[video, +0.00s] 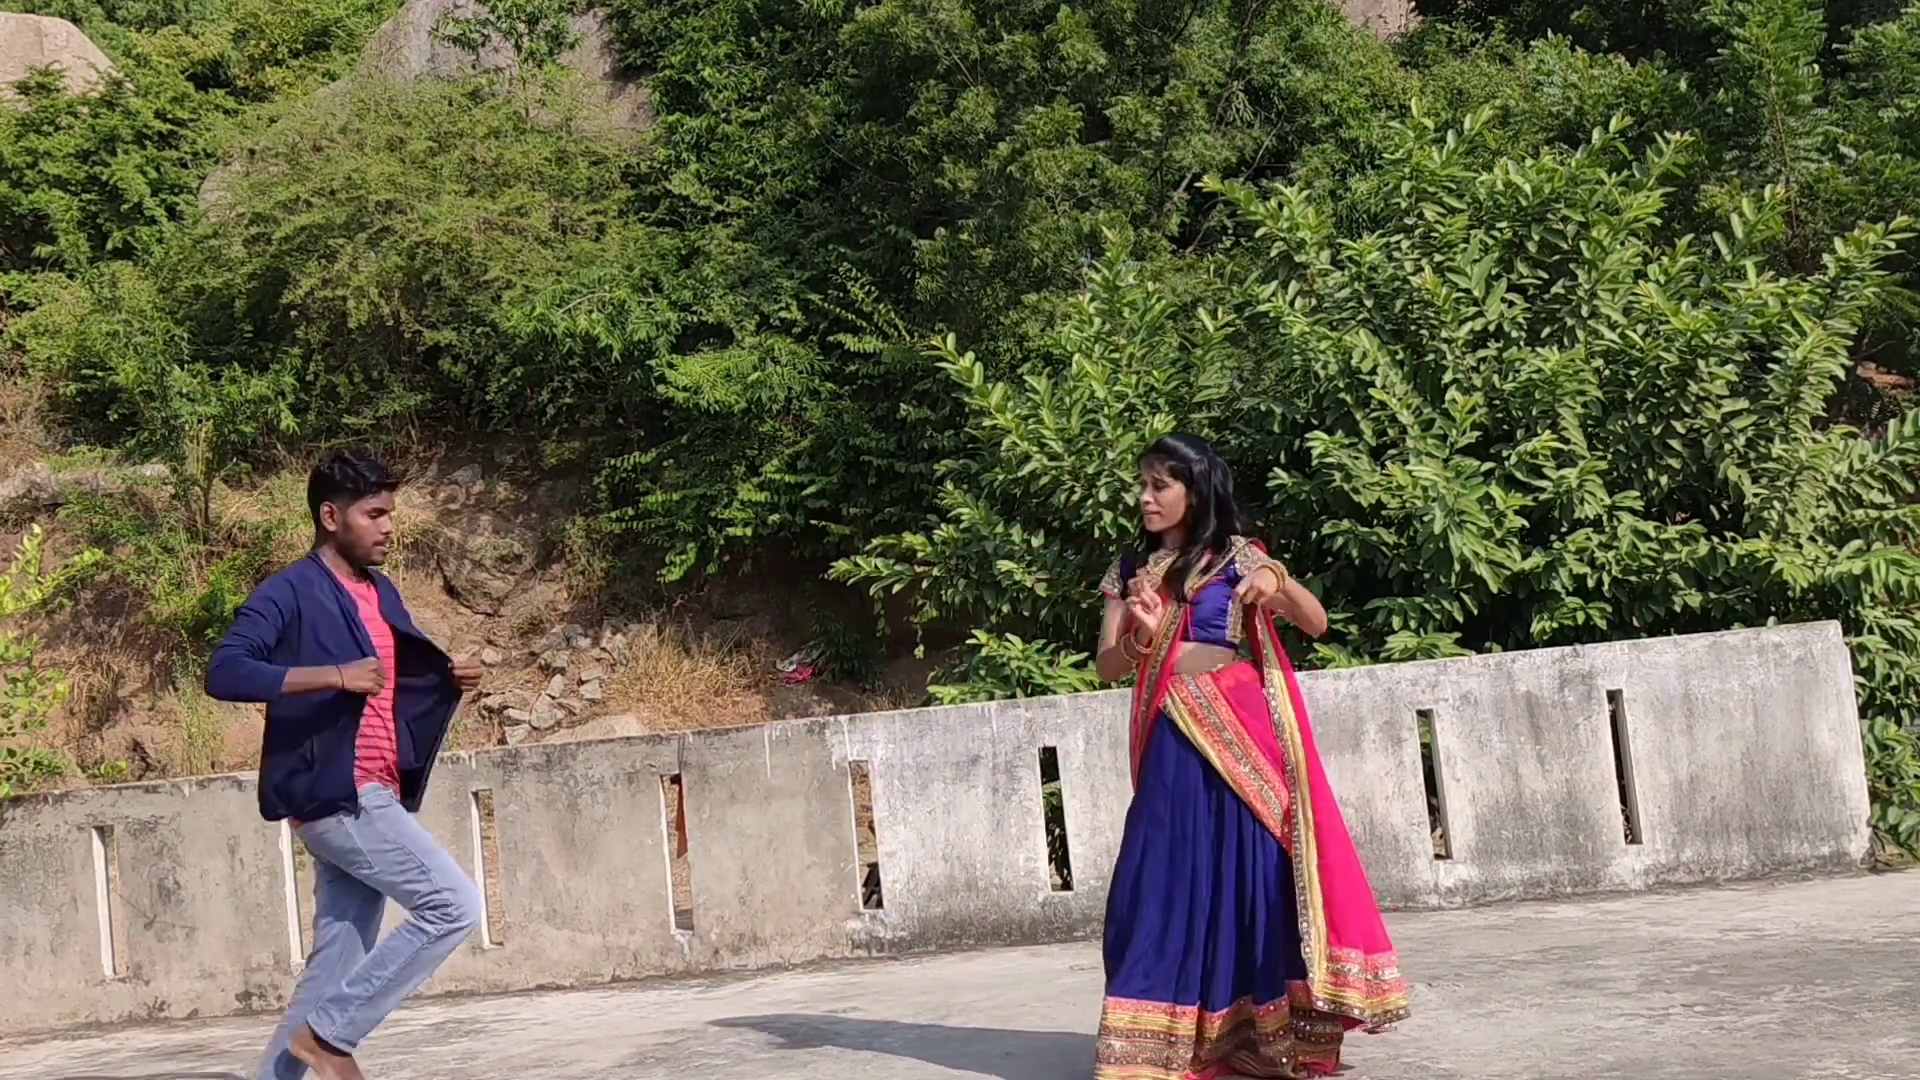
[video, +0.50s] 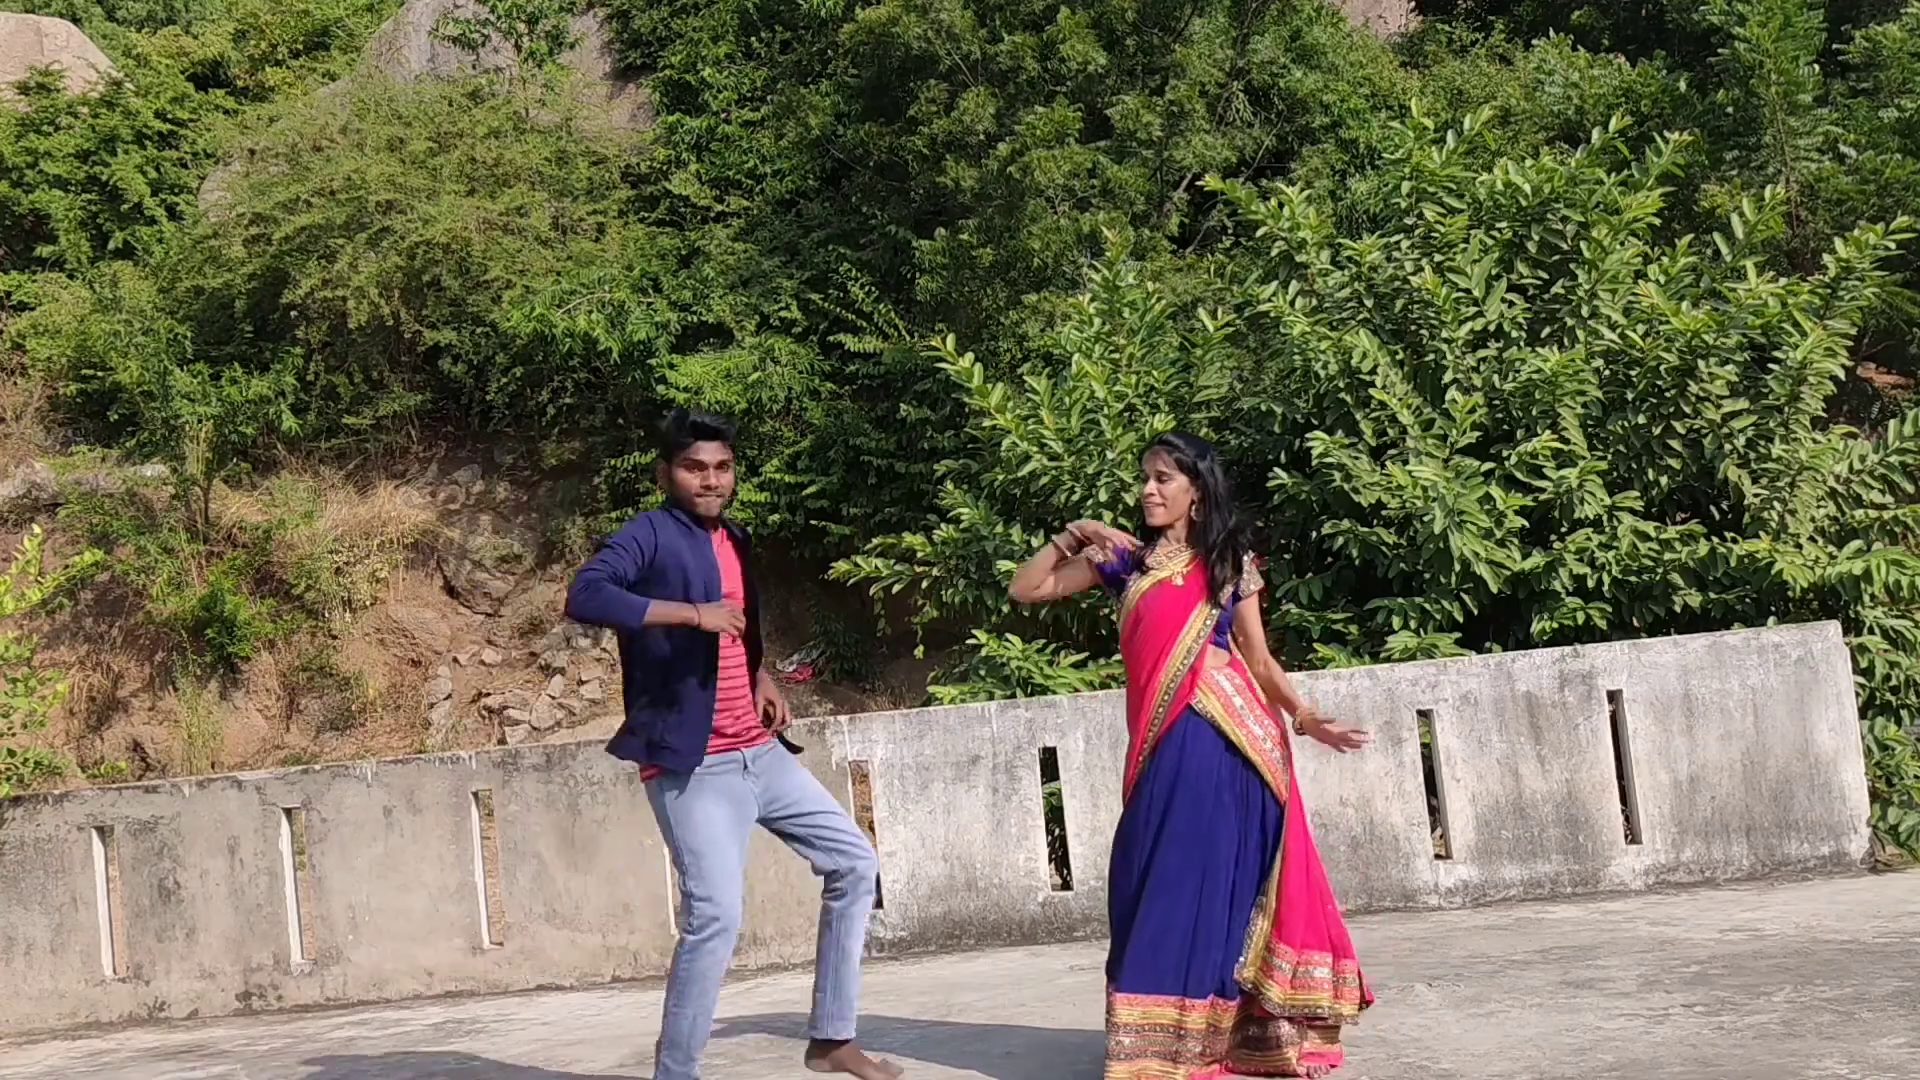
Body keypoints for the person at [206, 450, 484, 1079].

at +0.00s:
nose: (388, 526)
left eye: (390, 512)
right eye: (373, 514)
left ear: (391, 513)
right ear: (331, 519)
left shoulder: (383, 592)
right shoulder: (291, 590)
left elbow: (401, 692)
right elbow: (225, 673)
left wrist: (453, 680)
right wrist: (334, 676)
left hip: (373, 788)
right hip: (333, 792)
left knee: (339, 957)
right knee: (453, 907)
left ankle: (280, 1071)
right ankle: (327, 1035)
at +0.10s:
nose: (466, 499)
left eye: (471, 486)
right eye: (453, 485)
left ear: (468, 487)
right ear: (408, 484)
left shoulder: (471, 562)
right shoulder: (364, 556)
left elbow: (494, 648)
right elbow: (310, 668)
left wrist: (556, 631)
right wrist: (364, 638)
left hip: (456, 761)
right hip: (418, 765)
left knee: (413, 936)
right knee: (516, 912)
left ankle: (277, 1063)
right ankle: (550, 1073)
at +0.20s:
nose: (544, 512)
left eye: (546, 498)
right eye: (529, 499)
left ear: (544, 500)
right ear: (484, 502)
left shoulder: (550, 576)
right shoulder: (442, 577)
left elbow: (583, 656)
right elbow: (391, 680)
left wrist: (608, 673)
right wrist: (476, 668)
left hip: (558, 779)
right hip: (514, 785)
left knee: (525, 950)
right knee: (601, 940)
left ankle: (356, 968)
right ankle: (646, 1076)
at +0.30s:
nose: (600, 516)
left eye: (606, 504)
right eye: (582, 505)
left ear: (613, 512)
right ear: (545, 513)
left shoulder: (619, 591)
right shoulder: (526, 594)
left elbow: (641, 678)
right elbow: (479, 695)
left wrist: (673, 721)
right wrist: (579, 720)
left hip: (640, 792)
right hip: (589, 800)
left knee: (662, 944)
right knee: (674, 940)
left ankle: (508, 936)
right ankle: (664, 1074)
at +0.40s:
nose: (642, 489)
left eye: (654, 477)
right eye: (627, 477)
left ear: (668, 485)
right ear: (603, 485)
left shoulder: (670, 558)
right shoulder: (588, 560)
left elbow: (679, 642)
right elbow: (536, 645)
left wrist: (712, 693)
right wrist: (638, 663)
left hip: (707, 774)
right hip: (645, 786)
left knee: (782, 880)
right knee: (684, 936)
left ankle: (653, 979)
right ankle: (664, 1073)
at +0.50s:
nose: (711, 479)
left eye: (722, 467)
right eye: (695, 467)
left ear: (735, 473)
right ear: (667, 473)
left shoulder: (732, 542)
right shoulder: (647, 534)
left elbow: (733, 625)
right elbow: (585, 597)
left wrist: (759, 675)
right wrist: (690, 614)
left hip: (759, 755)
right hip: (693, 770)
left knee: (855, 863)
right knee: (715, 918)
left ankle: (834, 1040)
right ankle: (675, 1072)